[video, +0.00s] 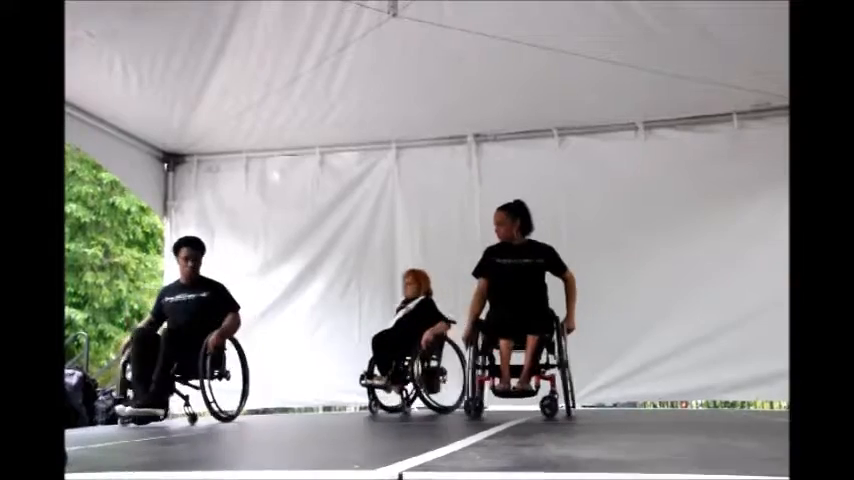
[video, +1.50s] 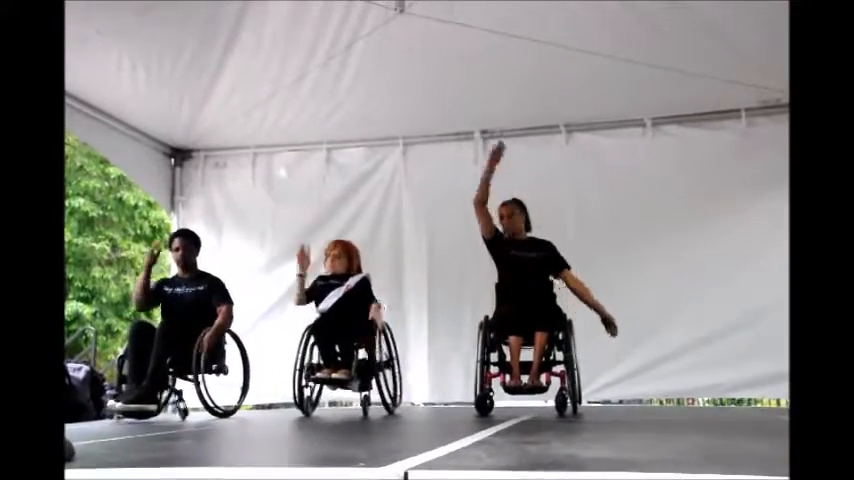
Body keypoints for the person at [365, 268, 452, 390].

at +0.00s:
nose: (406, 287)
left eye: (410, 283)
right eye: (405, 283)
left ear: (420, 286)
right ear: (403, 285)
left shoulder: (426, 303)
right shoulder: (406, 303)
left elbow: (444, 323)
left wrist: (430, 333)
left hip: (412, 338)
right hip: (399, 335)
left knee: (380, 341)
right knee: (378, 340)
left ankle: (391, 377)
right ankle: (389, 376)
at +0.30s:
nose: (386, 282)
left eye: (391, 279)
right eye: (385, 278)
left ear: (401, 283)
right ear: (383, 281)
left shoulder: (405, 302)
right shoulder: (380, 301)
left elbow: (415, 327)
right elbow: (375, 320)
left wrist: (407, 342)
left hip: (394, 336)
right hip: (378, 333)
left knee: (364, 340)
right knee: (359, 340)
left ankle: (372, 374)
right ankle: (368, 374)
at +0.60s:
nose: (367, 280)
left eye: (372, 277)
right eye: (365, 276)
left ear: (383, 281)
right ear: (362, 279)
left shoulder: (390, 298)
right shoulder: (358, 300)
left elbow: (411, 320)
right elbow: (358, 325)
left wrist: (406, 327)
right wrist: (342, 334)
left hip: (386, 337)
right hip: (364, 335)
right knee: (348, 339)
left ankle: (364, 374)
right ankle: (354, 372)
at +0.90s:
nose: (353, 275)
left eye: (360, 272)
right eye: (351, 270)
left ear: (371, 276)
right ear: (348, 274)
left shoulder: (379, 293)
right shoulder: (343, 297)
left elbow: (403, 315)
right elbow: (345, 323)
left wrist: (399, 323)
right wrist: (334, 329)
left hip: (377, 333)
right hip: (354, 333)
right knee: (341, 333)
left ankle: (364, 374)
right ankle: (348, 373)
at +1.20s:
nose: (344, 268)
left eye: (350, 265)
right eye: (341, 264)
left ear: (361, 270)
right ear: (337, 268)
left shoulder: (368, 289)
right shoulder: (331, 290)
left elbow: (384, 316)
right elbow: (321, 317)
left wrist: (386, 340)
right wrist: (313, 337)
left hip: (365, 330)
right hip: (341, 329)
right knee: (332, 331)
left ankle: (355, 371)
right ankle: (339, 369)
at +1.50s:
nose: (331, 261)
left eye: (337, 257)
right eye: (328, 256)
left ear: (350, 261)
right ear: (325, 260)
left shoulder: (360, 281)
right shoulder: (322, 281)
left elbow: (370, 300)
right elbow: (300, 301)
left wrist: (376, 307)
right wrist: (301, 273)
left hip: (354, 318)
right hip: (331, 318)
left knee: (344, 332)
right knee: (319, 327)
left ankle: (345, 368)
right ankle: (329, 366)